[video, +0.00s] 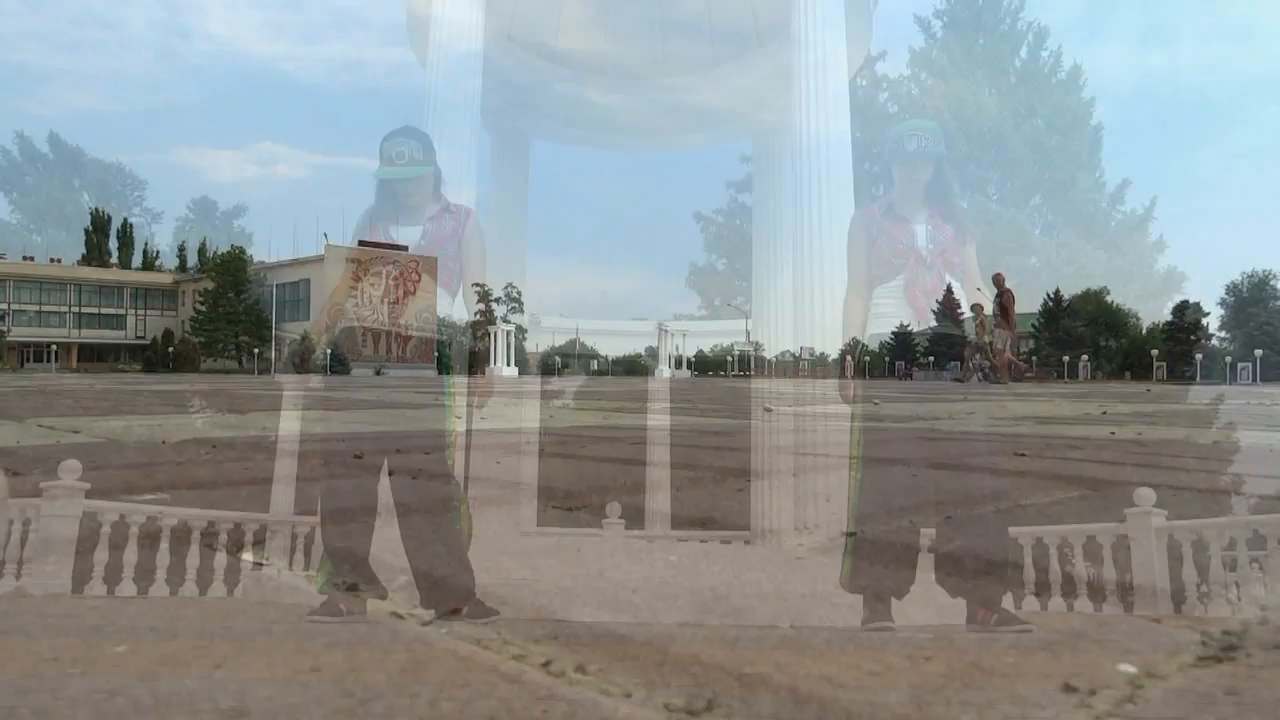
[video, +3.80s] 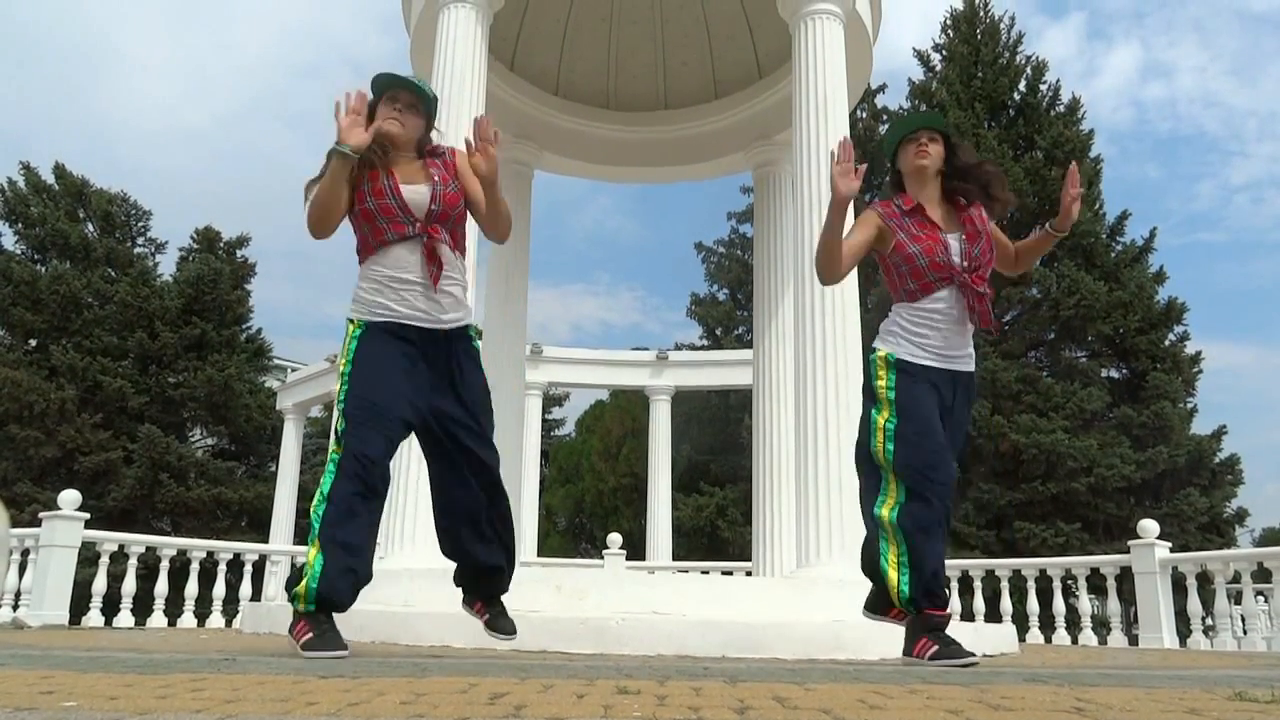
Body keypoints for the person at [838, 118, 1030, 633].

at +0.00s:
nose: (917, 166)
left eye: (926, 157)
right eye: (909, 156)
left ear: (938, 162)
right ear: (894, 160)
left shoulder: (956, 222)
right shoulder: (869, 221)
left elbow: (976, 288)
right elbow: (858, 289)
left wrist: (992, 341)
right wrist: (850, 351)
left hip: (955, 359)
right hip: (890, 360)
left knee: (974, 471)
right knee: (887, 474)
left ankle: (983, 602)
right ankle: (877, 601)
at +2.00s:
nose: (890, 182)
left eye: (900, 173)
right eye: (887, 175)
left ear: (927, 180)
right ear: (884, 185)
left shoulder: (959, 243)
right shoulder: (871, 241)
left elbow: (970, 315)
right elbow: (857, 311)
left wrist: (991, 379)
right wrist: (847, 375)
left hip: (957, 378)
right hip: (894, 378)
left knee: (975, 496)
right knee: (893, 498)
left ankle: (985, 629)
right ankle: (880, 625)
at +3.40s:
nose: (922, 183)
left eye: (930, 176)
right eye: (912, 178)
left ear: (944, 188)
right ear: (898, 192)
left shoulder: (963, 247)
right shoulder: (878, 242)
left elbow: (975, 326)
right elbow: (838, 311)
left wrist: (996, 319)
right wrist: (879, 334)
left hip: (963, 386)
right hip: (902, 386)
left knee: (972, 506)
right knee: (917, 496)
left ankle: (936, 632)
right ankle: (890, 626)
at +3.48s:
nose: (927, 195)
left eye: (936, 189)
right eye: (917, 191)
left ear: (950, 204)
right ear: (904, 208)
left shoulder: (968, 263)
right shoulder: (885, 257)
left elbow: (985, 349)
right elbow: (856, 335)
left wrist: (995, 324)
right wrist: (929, 326)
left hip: (962, 397)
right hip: (899, 395)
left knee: (977, 507)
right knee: (943, 491)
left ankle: (939, 635)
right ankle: (904, 611)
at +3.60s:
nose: (927, 177)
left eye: (936, 172)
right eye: (917, 173)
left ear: (949, 190)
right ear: (902, 193)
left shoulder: (965, 243)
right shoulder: (887, 240)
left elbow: (993, 320)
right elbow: (899, 311)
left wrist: (999, 275)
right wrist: (971, 268)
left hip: (955, 383)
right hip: (900, 381)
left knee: (969, 489)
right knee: (938, 482)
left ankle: (938, 627)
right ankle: (926, 622)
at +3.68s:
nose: (921, 148)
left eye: (930, 143)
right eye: (911, 144)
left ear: (948, 162)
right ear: (895, 163)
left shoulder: (969, 213)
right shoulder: (883, 211)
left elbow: (1014, 276)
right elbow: (876, 278)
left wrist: (1021, 237)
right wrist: (926, 222)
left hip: (958, 363)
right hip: (905, 359)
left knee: (963, 481)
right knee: (927, 475)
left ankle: (935, 610)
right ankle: (931, 613)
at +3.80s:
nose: (924, 143)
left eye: (933, 138)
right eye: (913, 139)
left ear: (948, 156)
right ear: (897, 159)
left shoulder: (972, 213)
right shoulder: (885, 215)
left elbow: (1013, 262)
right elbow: (830, 271)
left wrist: (1057, 227)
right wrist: (840, 203)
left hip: (957, 370)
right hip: (902, 366)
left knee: (933, 484)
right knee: (927, 483)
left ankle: (889, 592)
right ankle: (925, 629)